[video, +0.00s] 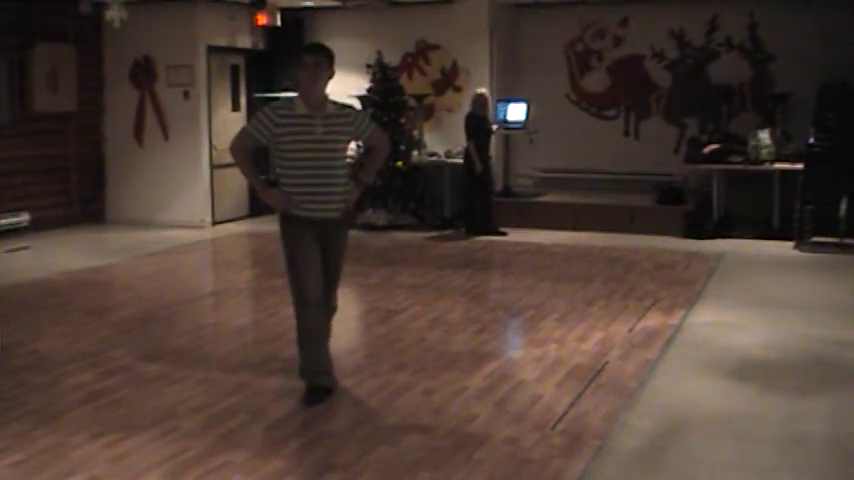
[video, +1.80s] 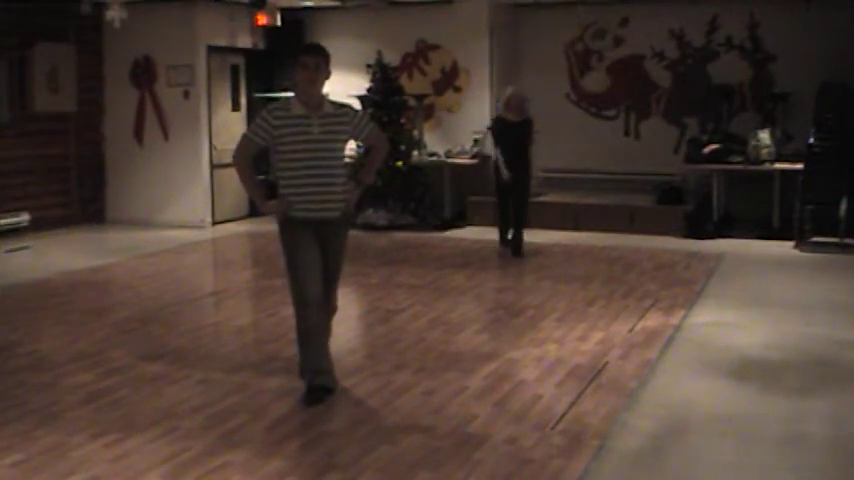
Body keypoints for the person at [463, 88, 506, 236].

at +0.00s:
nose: (485, 104)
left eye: (486, 101)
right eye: (482, 101)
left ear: (484, 102)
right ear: (478, 103)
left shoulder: (483, 118)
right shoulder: (472, 118)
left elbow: (484, 131)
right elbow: (471, 142)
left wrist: (492, 129)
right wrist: (477, 162)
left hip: (483, 158)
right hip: (476, 159)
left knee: (485, 191)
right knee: (479, 191)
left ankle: (487, 223)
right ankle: (478, 225)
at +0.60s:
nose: (495, 105)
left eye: (494, 102)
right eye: (492, 102)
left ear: (485, 103)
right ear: (486, 103)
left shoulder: (485, 118)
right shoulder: (482, 119)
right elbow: (482, 142)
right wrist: (491, 157)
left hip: (482, 160)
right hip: (482, 160)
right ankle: (491, 226)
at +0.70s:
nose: (497, 105)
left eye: (497, 101)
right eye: (495, 101)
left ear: (487, 102)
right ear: (488, 102)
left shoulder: (486, 118)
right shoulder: (486, 119)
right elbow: (487, 142)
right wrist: (495, 158)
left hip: (483, 158)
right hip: (486, 159)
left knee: (482, 192)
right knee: (492, 192)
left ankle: (476, 225)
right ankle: (490, 226)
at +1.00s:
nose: (500, 103)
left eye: (502, 100)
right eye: (497, 100)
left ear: (505, 101)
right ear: (492, 101)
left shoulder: (506, 119)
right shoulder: (488, 119)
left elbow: (507, 144)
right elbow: (486, 145)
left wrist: (507, 167)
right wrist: (490, 166)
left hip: (503, 163)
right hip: (493, 163)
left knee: (499, 197)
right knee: (493, 197)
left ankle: (497, 228)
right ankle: (491, 229)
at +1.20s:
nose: (501, 110)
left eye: (505, 106)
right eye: (498, 106)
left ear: (509, 106)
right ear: (494, 106)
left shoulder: (515, 124)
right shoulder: (490, 123)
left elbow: (522, 148)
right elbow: (485, 149)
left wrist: (520, 169)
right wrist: (483, 171)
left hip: (508, 166)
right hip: (493, 165)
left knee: (502, 197)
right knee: (500, 197)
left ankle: (493, 227)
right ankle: (507, 233)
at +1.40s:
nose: (509, 109)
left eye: (511, 106)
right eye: (505, 106)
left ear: (514, 106)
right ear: (500, 106)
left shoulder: (517, 121)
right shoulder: (493, 120)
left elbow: (526, 145)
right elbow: (489, 147)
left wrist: (534, 166)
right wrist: (492, 169)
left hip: (513, 166)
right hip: (498, 166)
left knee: (515, 198)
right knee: (501, 200)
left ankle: (513, 229)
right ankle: (504, 234)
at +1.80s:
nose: (516, 107)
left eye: (518, 103)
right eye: (512, 103)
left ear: (522, 104)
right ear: (506, 104)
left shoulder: (527, 123)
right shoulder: (498, 122)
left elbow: (528, 147)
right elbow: (496, 150)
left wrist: (530, 170)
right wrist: (504, 170)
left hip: (522, 170)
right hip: (504, 171)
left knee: (520, 206)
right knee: (504, 205)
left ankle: (517, 241)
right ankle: (504, 237)